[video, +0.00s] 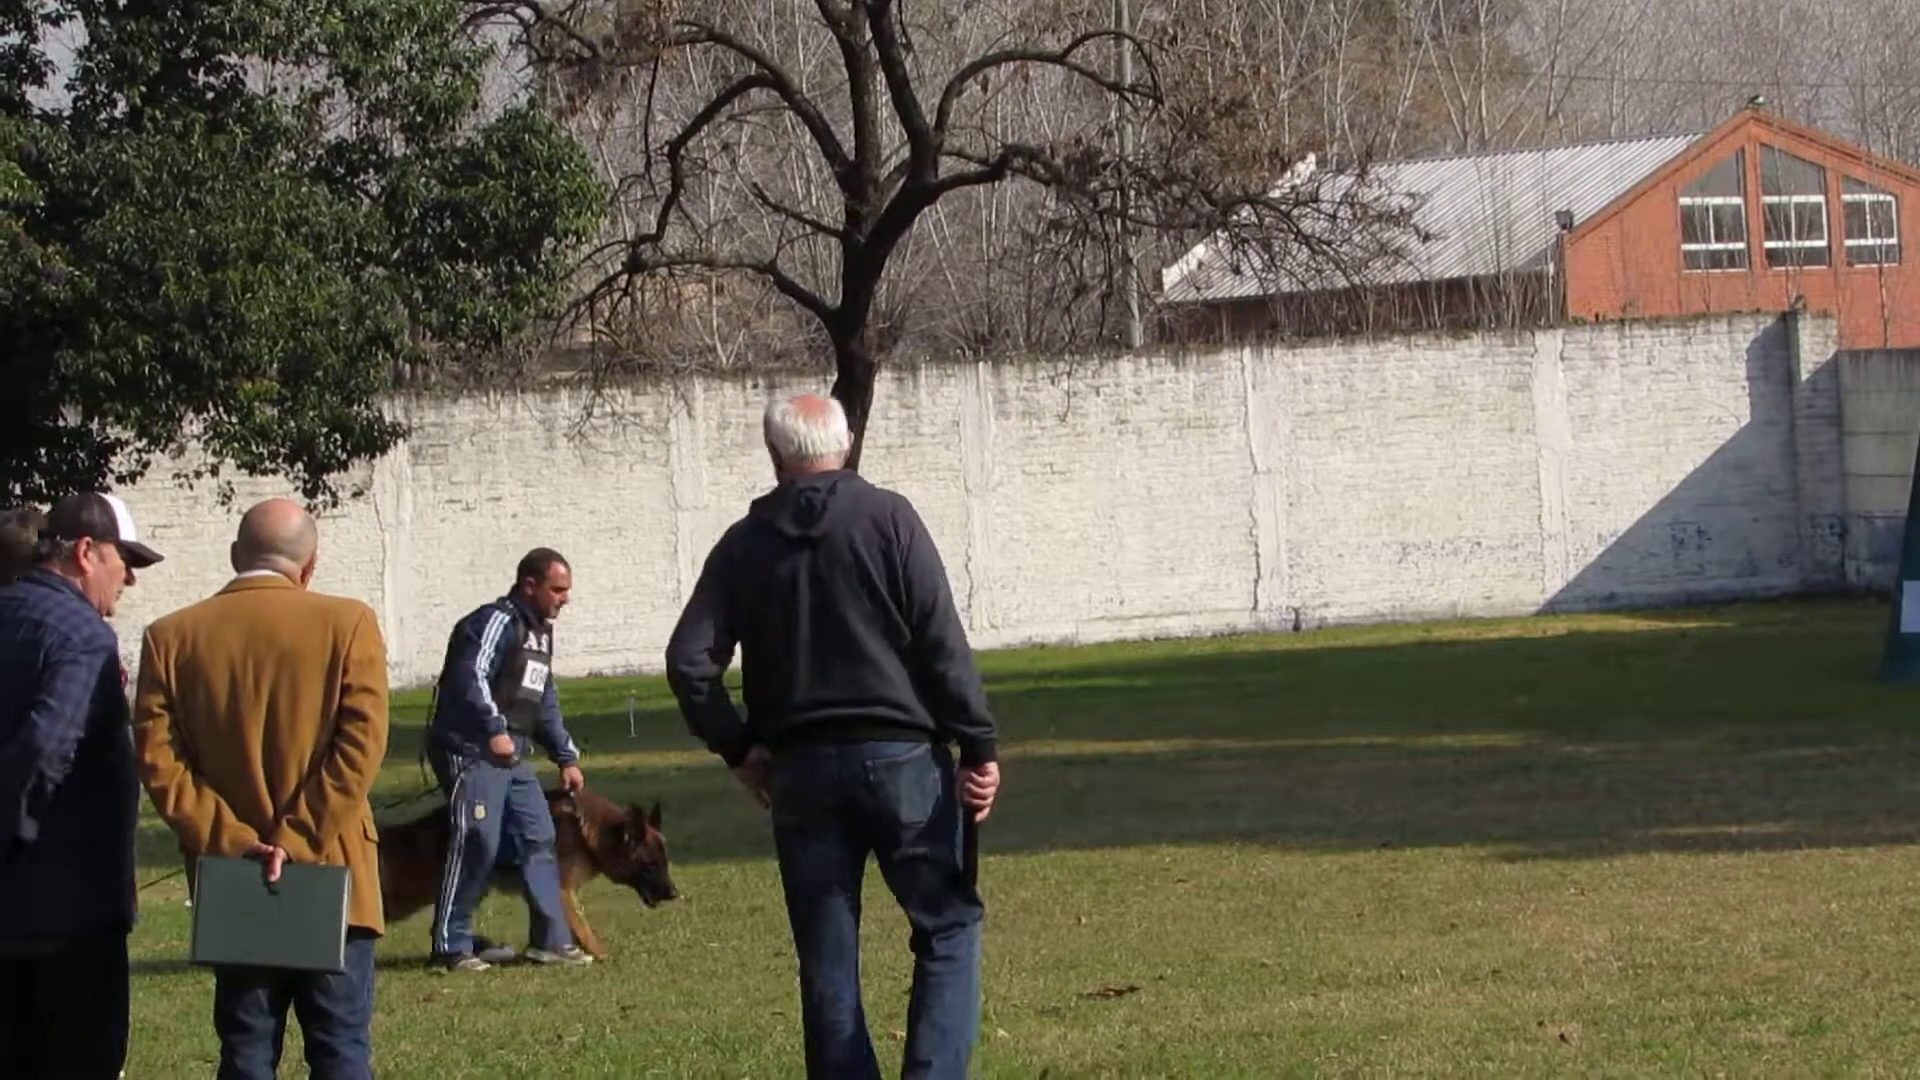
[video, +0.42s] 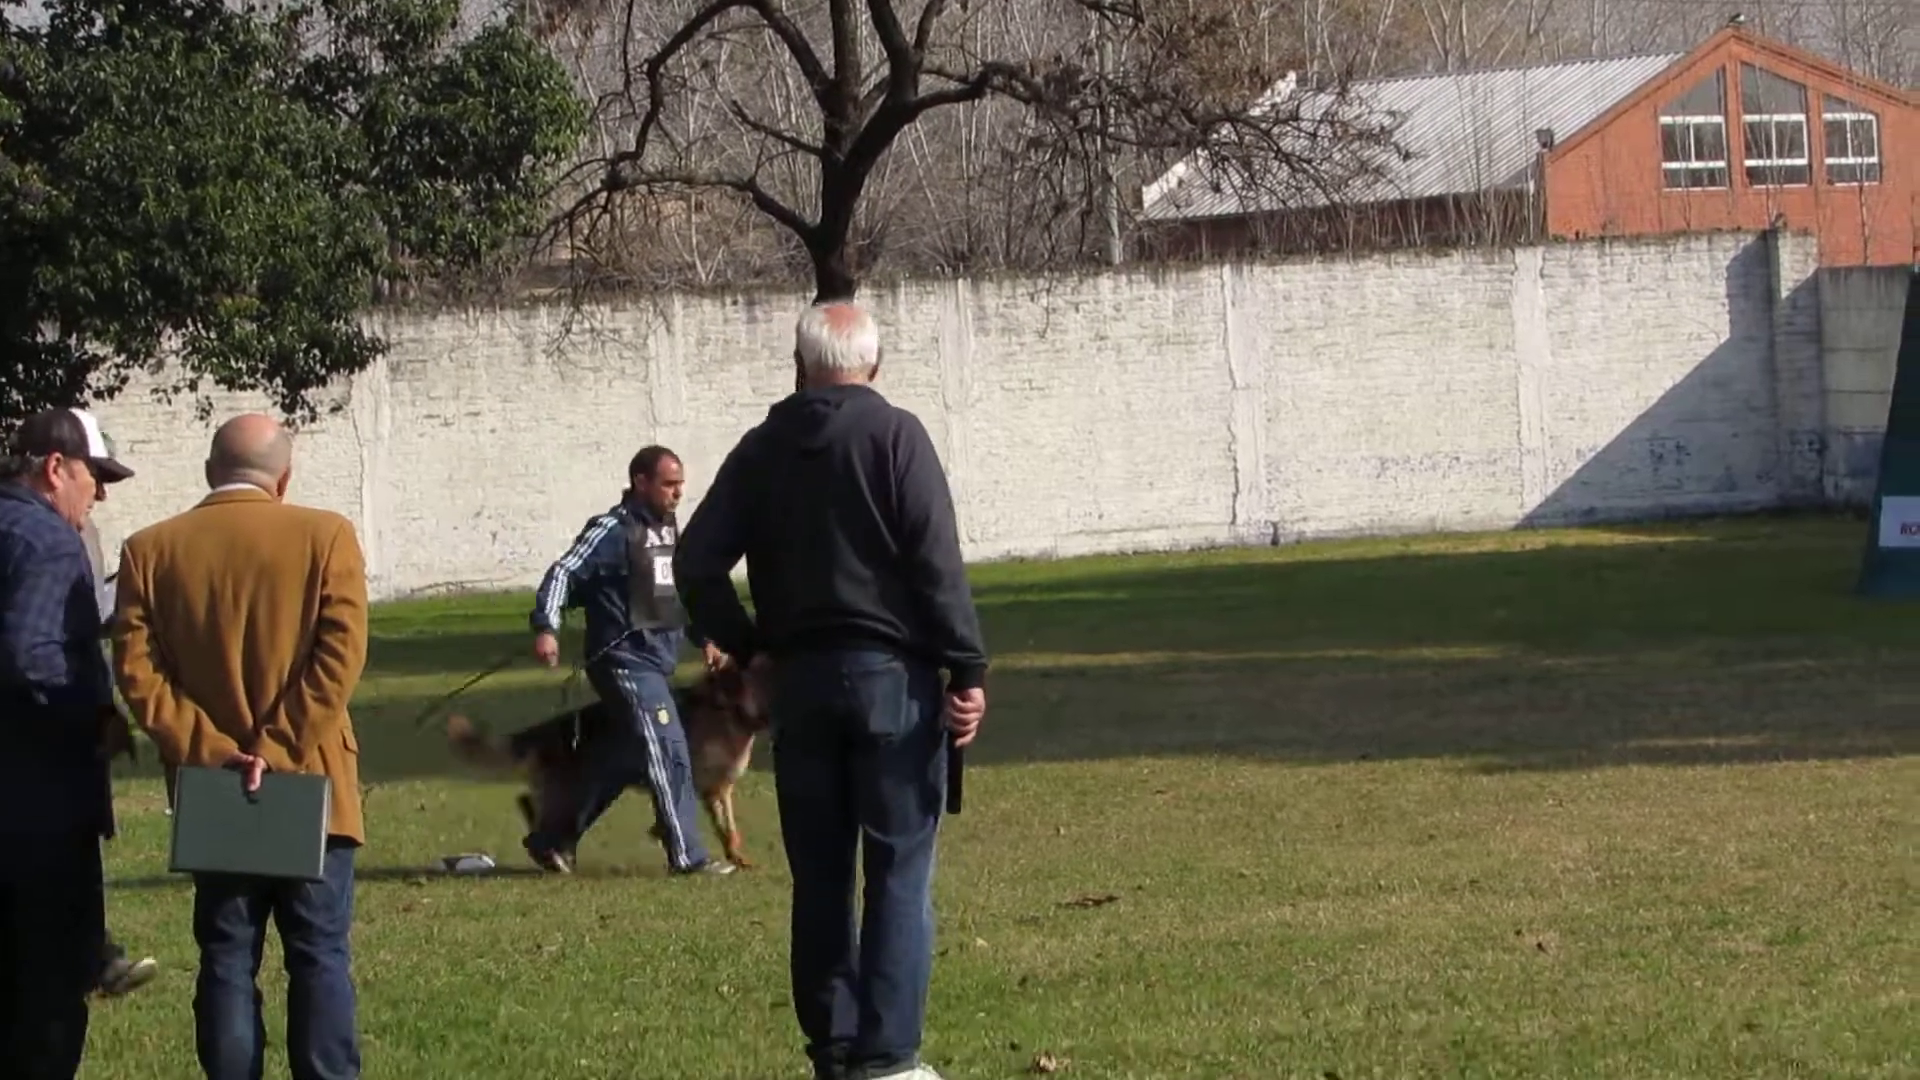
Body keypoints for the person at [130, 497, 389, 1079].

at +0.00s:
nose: (315, 565)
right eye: (315, 557)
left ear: (236, 556)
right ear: (307, 563)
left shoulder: (170, 636)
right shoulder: (349, 623)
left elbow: (159, 766)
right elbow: (359, 749)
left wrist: (237, 845)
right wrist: (294, 839)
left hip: (232, 896)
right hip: (337, 892)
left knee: (246, 1049)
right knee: (341, 1047)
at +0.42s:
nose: (291, 478)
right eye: (291, 470)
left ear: (210, 472)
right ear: (282, 476)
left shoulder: (149, 549)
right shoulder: (328, 535)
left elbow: (137, 676)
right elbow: (339, 659)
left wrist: (215, 752)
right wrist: (274, 747)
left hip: (210, 804)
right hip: (317, 799)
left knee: (225, 962)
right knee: (320, 960)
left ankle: (231, 1076)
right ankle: (327, 1074)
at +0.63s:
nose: (267, 374)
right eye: (266, 365)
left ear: (186, 368)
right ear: (262, 372)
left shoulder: (133, 448)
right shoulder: (309, 434)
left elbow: (118, 575)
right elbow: (319, 555)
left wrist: (189, 649)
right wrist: (260, 648)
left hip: (191, 702)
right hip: (295, 698)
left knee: (205, 859)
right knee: (300, 857)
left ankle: (213, 1037)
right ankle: (315, 1030)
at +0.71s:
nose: (237, 332)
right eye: (237, 323)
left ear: (156, 331)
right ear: (233, 332)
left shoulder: (109, 408)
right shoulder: (283, 393)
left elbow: (93, 536)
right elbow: (295, 515)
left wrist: (170, 608)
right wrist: (236, 609)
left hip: (167, 661)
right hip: (270, 657)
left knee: (180, 819)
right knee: (275, 817)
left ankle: (189, 997)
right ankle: (290, 990)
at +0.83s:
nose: (188, 291)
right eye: (187, 282)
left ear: (107, 291)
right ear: (184, 291)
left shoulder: (60, 370)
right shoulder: (237, 352)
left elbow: (47, 498)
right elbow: (250, 475)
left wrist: (128, 571)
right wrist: (192, 568)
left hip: (121, 620)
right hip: (225, 616)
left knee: (135, 776)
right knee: (230, 775)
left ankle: (143, 958)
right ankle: (244, 950)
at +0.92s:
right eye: (158, 262)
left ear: (76, 274)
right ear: (154, 272)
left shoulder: (27, 355)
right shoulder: (207, 333)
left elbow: (18, 482)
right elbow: (222, 454)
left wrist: (89, 549)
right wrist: (165, 547)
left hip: (90, 604)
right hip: (196, 598)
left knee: (105, 763)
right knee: (200, 760)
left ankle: (114, 941)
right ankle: (215, 934)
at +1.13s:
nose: (69, 233)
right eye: (70, 225)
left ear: (0, 233)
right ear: (65, 235)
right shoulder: (118, 297)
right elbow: (137, 419)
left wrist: (22, 520)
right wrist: (77, 508)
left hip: (9, 564)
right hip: (105, 562)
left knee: (18, 730)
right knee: (111, 725)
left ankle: (24, 908)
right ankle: (126, 899)